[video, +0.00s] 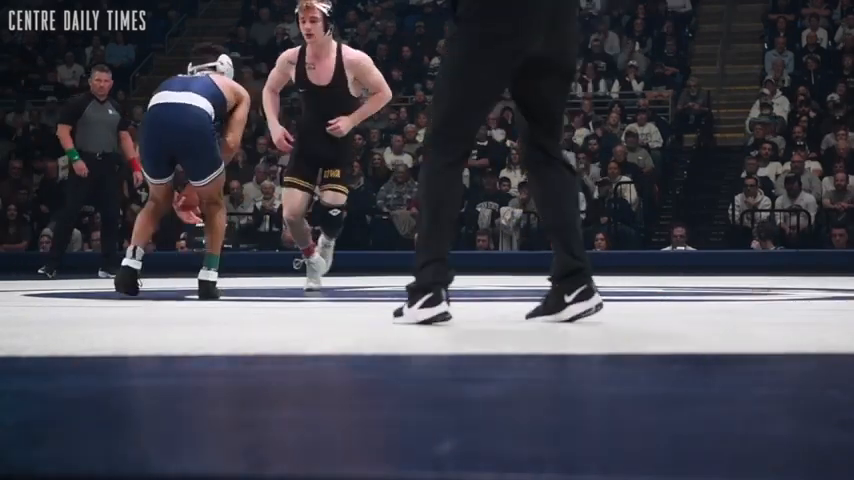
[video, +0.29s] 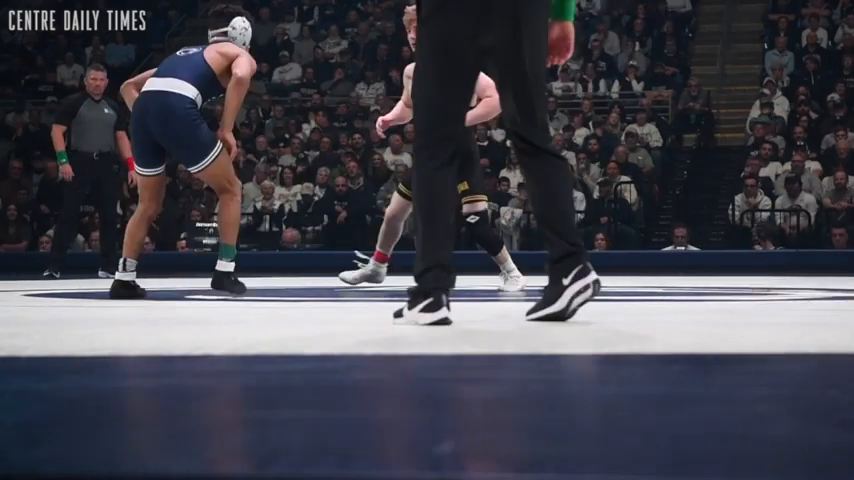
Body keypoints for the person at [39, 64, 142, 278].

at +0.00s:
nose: (101, 85)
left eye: (105, 81)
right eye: (97, 80)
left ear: (111, 83)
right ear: (90, 82)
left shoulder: (116, 108)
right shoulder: (78, 103)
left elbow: (124, 137)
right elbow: (62, 130)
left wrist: (136, 166)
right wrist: (75, 158)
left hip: (109, 166)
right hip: (83, 165)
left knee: (111, 216)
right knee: (69, 213)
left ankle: (108, 265)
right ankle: (52, 263)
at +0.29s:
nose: (97, 84)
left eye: (101, 80)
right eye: (93, 79)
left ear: (107, 82)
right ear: (85, 81)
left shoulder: (114, 107)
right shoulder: (73, 103)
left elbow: (122, 136)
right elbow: (57, 130)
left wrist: (131, 165)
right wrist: (63, 161)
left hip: (107, 165)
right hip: (79, 164)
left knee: (109, 217)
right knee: (69, 214)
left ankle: (108, 266)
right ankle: (54, 265)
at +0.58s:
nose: (78, 82)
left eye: (82, 78)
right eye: (74, 78)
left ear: (86, 81)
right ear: (65, 80)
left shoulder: (95, 106)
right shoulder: (53, 104)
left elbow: (105, 136)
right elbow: (37, 132)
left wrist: (105, 163)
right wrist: (40, 163)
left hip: (89, 164)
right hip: (60, 164)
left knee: (98, 214)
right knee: (56, 214)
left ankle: (104, 264)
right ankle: (53, 266)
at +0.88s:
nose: (70, 82)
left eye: (74, 78)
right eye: (66, 78)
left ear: (79, 81)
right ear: (57, 79)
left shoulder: (88, 105)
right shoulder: (43, 104)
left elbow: (98, 135)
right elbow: (28, 133)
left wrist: (92, 161)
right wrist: (26, 163)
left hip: (81, 164)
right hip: (52, 164)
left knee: (91, 212)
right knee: (51, 214)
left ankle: (93, 260)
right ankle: (52, 265)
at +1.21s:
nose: (82, 82)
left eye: (85, 78)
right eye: (77, 78)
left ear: (88, 81)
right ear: (67, 80)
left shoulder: (96, 105)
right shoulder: (53, 103)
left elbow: (106, 135)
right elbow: (38, 132)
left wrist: (104, 162)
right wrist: (38, 162)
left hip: (90, 164)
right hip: (61, 164)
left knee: (104, 211)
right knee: (57, 215)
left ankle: (109, 262)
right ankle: (53, 265)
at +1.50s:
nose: (115, 86)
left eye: (118, 82)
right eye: (111, 82)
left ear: (122, 85)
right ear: (101, 83)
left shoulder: (122, 109)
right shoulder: (91, 104)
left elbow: (126, 138)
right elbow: (75, 132)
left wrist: (129, 163)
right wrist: (80, 162)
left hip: (115, 167)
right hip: (93, 166)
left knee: (125, 213)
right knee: (74, 214)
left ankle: (126, 264)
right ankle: (55, 264)